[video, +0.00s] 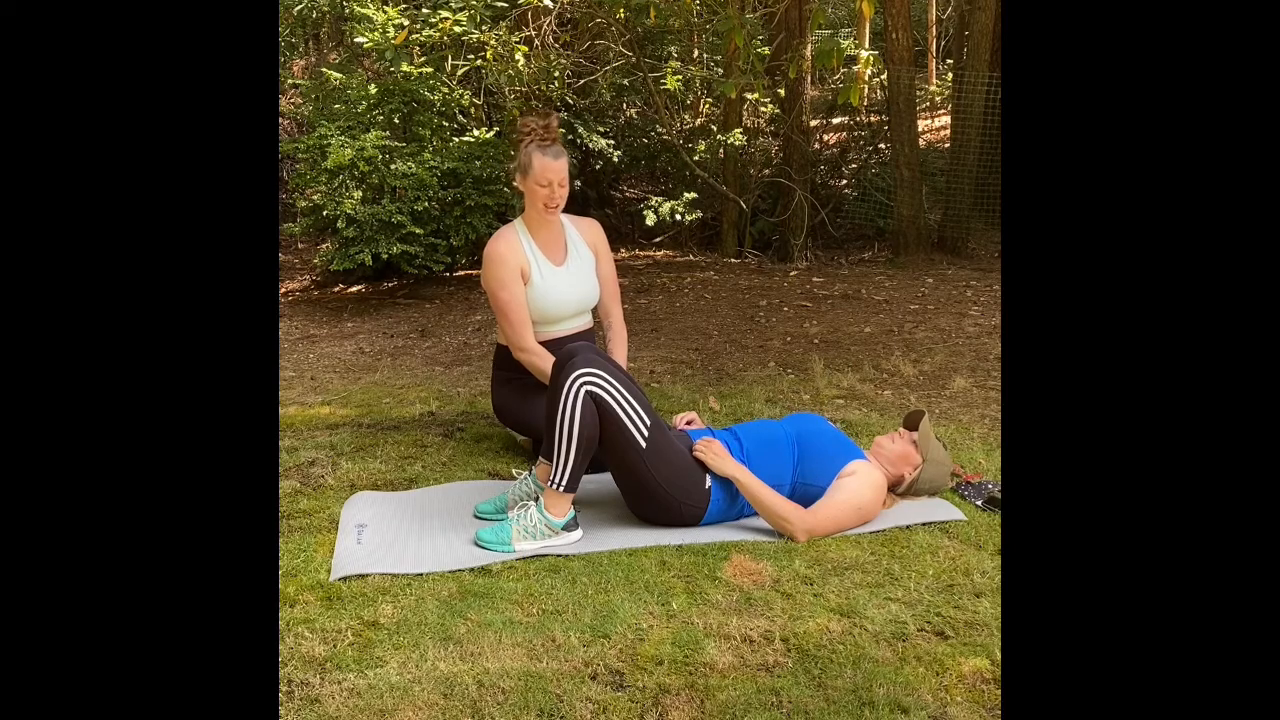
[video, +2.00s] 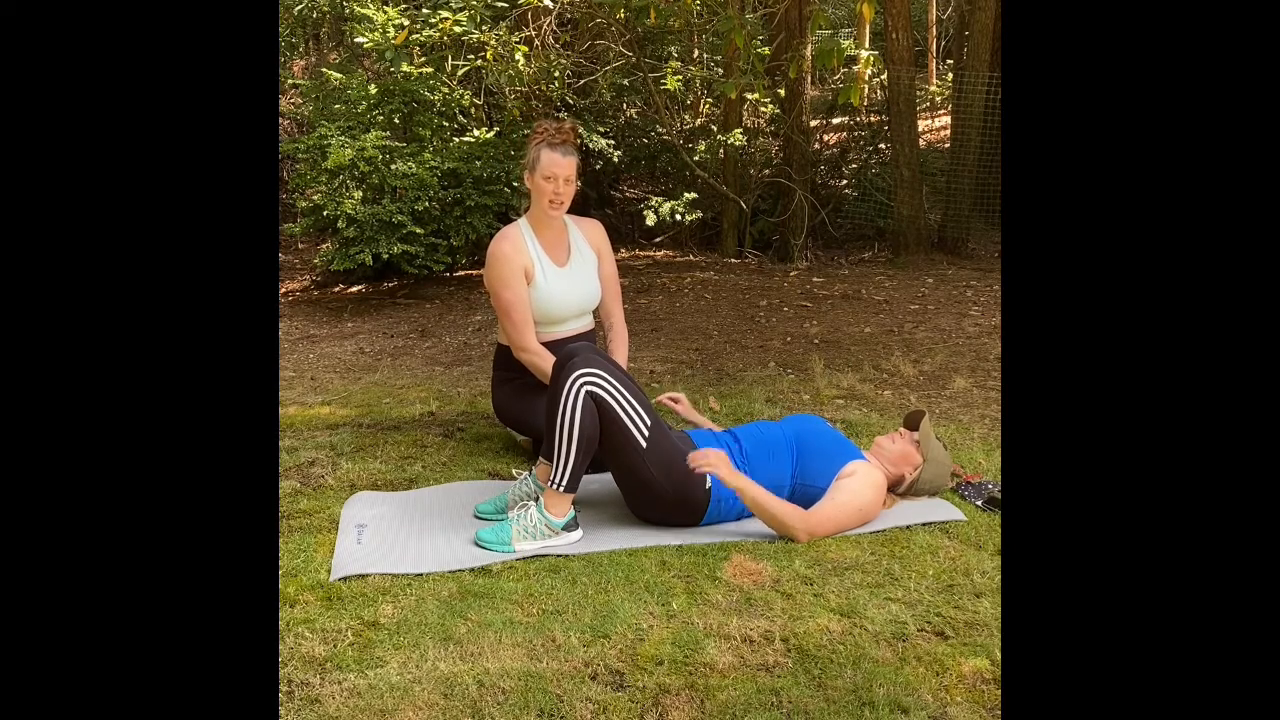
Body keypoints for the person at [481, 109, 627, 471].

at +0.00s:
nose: (555, 194)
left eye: (562, 183)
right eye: (544, 185)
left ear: (570, 180)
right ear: (520, 183)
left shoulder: (589, 232)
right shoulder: (504, 249)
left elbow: (613, 320)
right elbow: (523, 348)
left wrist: (614, 382)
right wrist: (584, 395)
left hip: (584, 366)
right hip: (523, 380)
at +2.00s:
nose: (560, 191)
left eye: (569, 180)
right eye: (550, 179)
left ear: (577, 182)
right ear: (528, 179)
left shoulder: (592, 232)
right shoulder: (507, 248)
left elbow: (614, 322)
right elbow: (524, 347)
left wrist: (614, 385)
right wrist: (589, 397)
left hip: (584, 367)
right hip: (523, 379)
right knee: (600, 444)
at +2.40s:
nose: (563, 196)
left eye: (571, 186)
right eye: (553, 185)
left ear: (580, 184)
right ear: (531, 181)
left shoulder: (593, 233)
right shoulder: (510, 246)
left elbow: (614, 322)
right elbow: (509, 350)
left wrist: (613, 382)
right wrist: (575, 389)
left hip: (585, 370)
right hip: (524, 381)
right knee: (606, 447)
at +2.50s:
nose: (564, 196)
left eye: (573, 186)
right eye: (554, 185)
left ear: (581, 183)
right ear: (533, 181)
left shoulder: (595, 234)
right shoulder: (512, 246)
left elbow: (615, 321)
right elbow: (502, 346)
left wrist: (614, 380)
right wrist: (569, 384)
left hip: (585, 373)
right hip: (525, 384)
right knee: (610, 447)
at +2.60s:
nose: (565, 195)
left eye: (574, 185)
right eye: (555, 184)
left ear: (582, 183)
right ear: (533, 180)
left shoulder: (595, 234)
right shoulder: (512, 245)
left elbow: (615, 321)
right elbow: (499, 346)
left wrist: (614, 380)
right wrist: (563, 386)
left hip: (586, 372)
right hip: (525, 382)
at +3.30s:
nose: (552, 191)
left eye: (560, 180)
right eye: (541, 181)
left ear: (570, 178)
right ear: (523, 181)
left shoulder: (590, 233)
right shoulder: (509, 244)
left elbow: (614, 319)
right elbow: (502, 333)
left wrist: (616, 366)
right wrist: (517, 374)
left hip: (587, 366)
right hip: (527, 375)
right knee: (599, 448)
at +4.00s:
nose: (554, 187)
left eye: (561, 177)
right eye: (543, 177)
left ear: (568, 178)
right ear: (520, 178)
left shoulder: (585, 232)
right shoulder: (505, 243)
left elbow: (611, 318)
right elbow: (497, 342)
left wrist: (615, 366)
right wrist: (524, 337)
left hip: (585, 364)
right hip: (525, 375)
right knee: (604, 448)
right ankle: (536, 440)